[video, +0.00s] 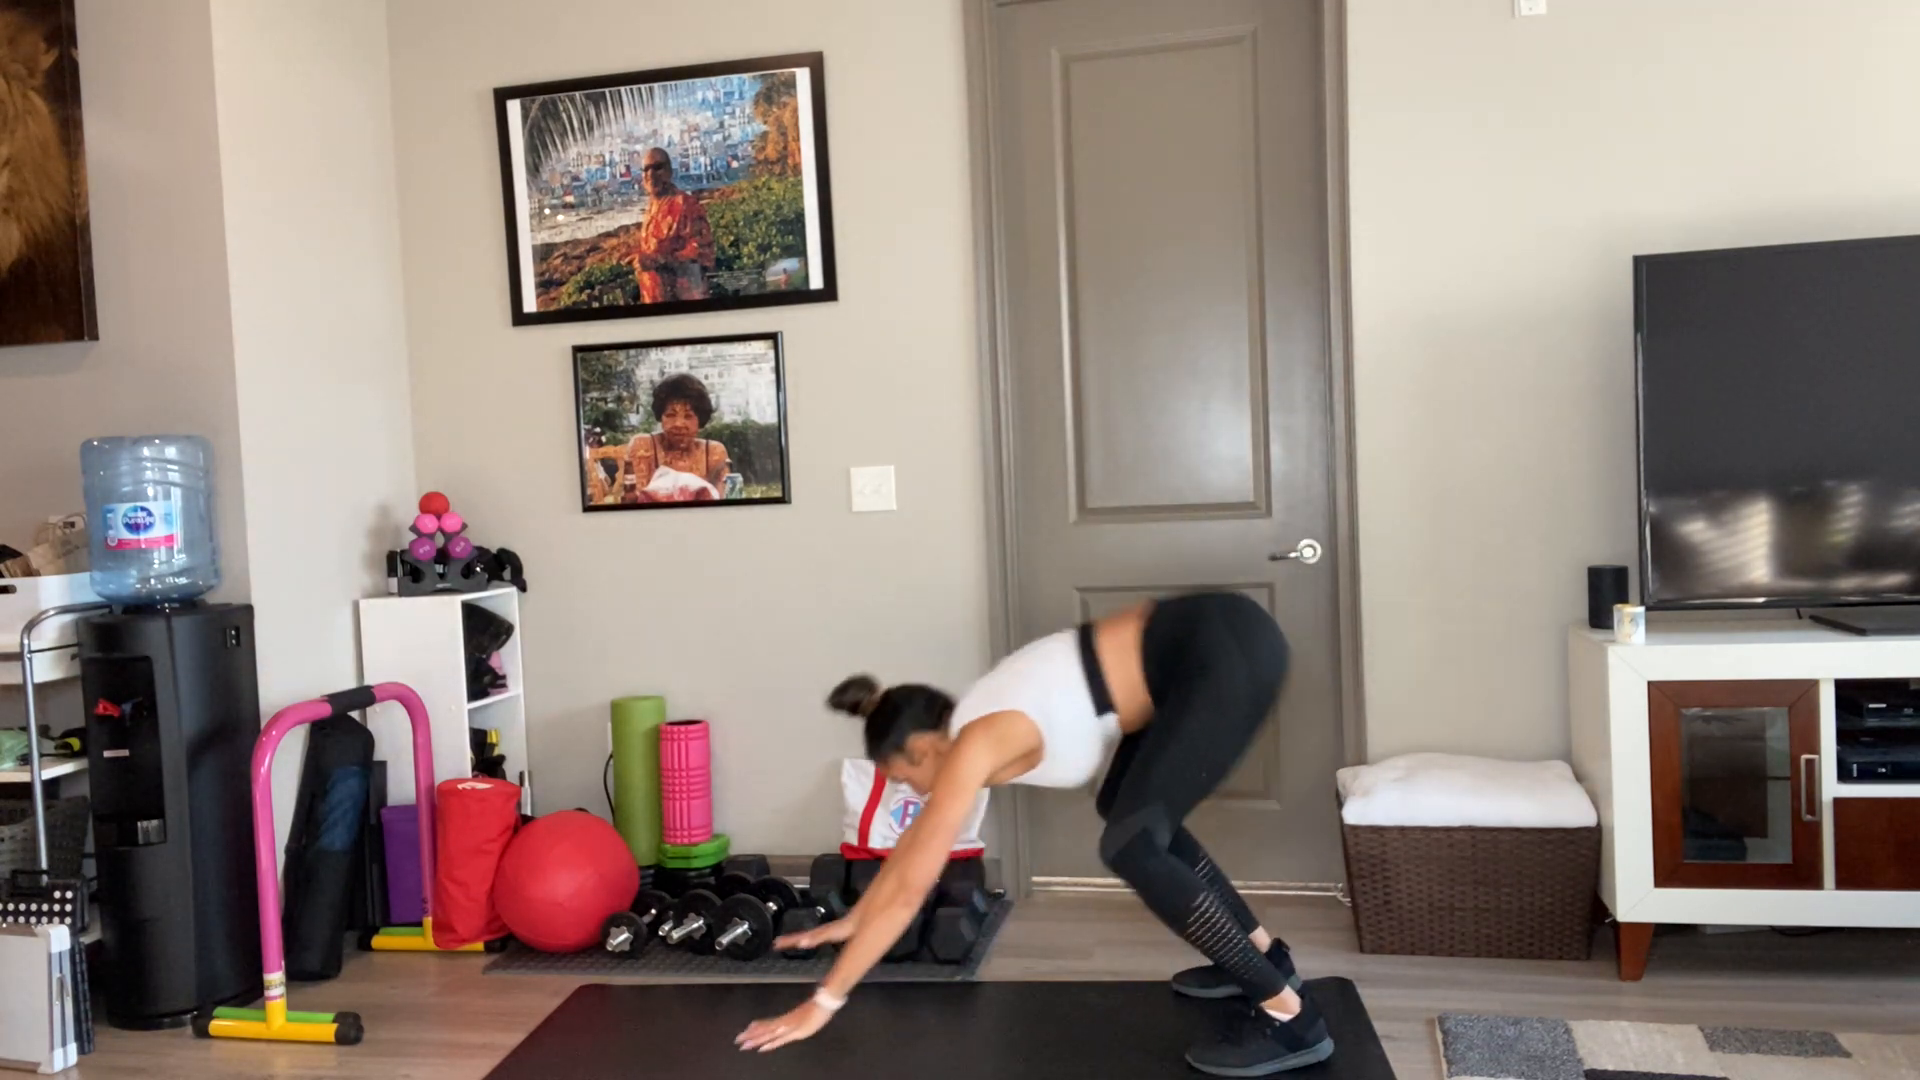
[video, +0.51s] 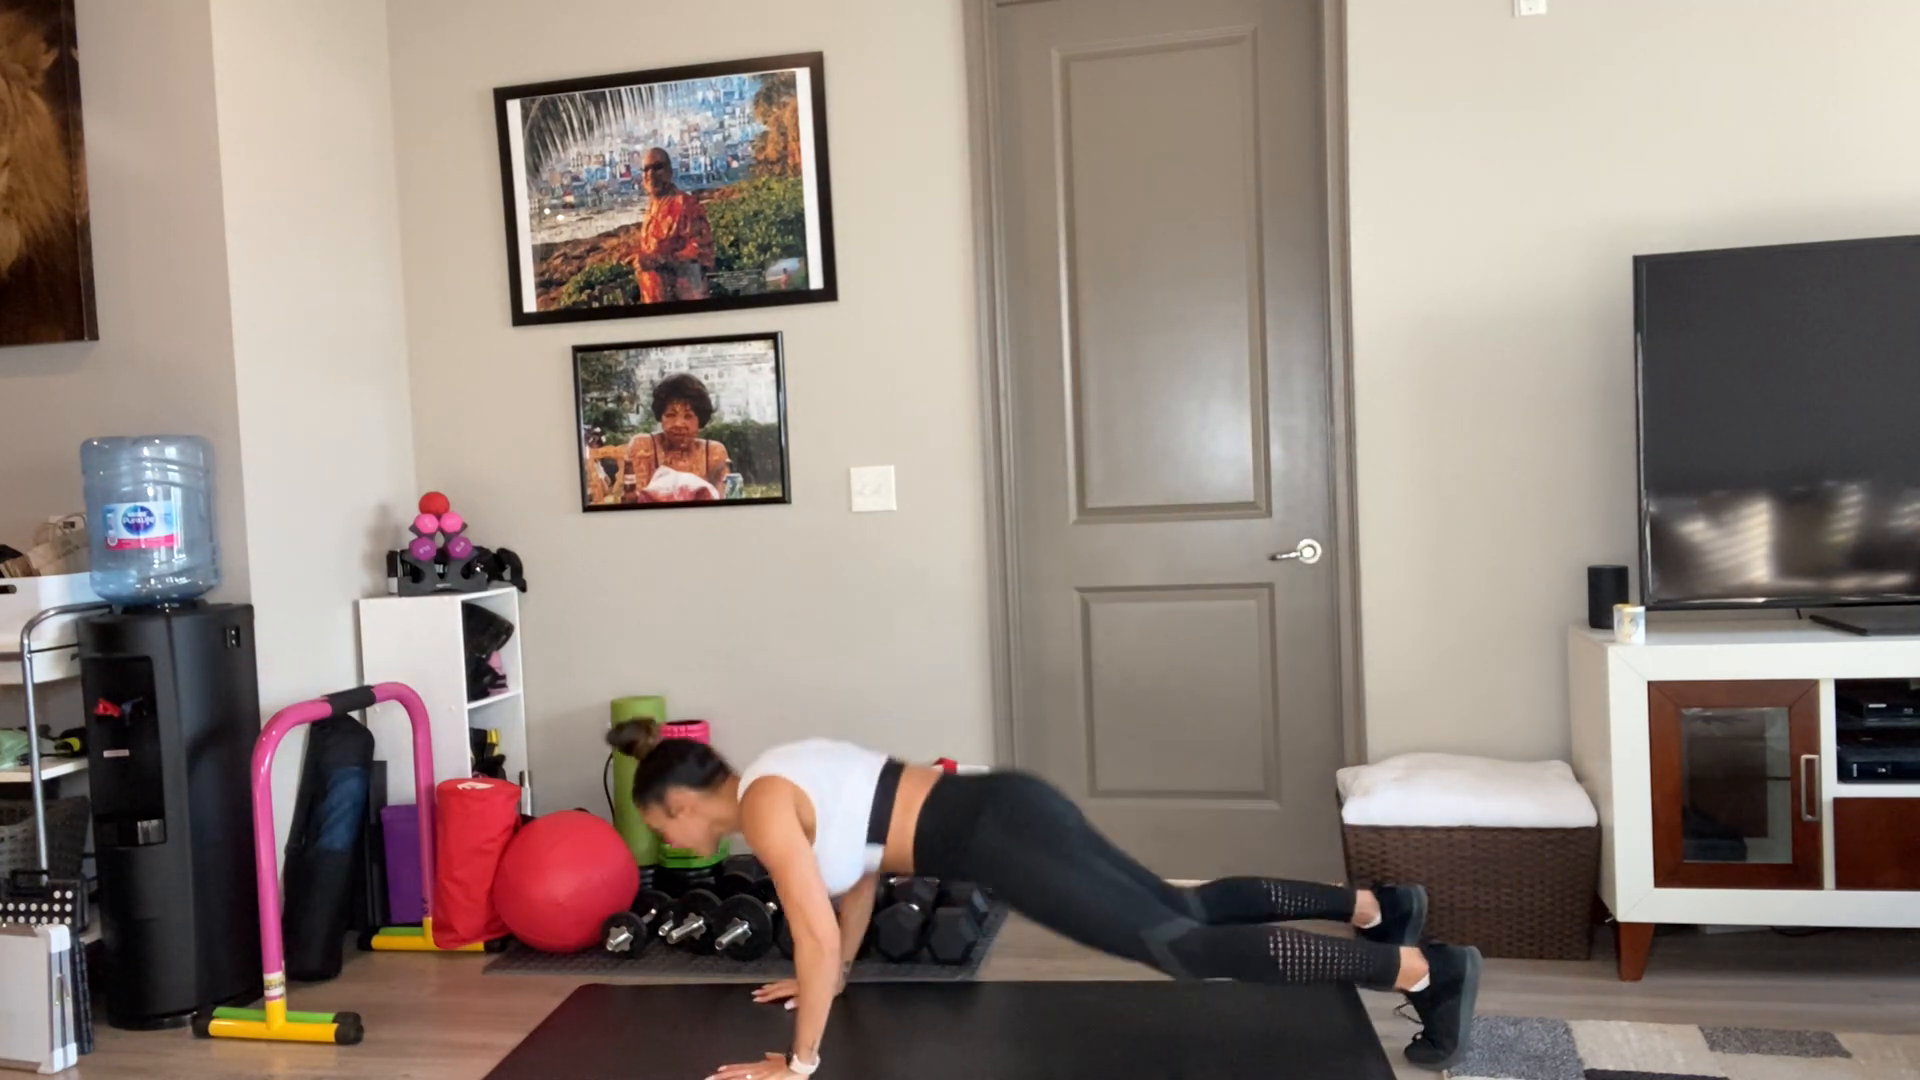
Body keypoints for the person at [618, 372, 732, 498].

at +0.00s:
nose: (679, 424)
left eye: (688, 416)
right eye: (670, 415)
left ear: (700, 420)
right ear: (660, 418)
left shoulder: (715, 451)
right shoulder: (641, 446)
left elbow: (719, 500)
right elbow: (638, 499)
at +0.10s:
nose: (679, 424)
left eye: (688, 416)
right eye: (670, 415)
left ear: (700, 420)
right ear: (660, 418)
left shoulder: (715, 451)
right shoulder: (641, 446)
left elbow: (719, 501)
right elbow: (637, 499)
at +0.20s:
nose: (679, 424)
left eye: (688, 416)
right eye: (670, 415)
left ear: (701, 420)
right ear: (660, 418)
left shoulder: (715, 451)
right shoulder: (641, 446)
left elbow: (720, 501)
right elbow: (636, 499)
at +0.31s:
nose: (679, 424)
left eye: (688, 416)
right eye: (671, 415)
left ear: (701, 420)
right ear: (660, 418)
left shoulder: (715, 451)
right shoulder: (641, 446)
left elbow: (719, 501)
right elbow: (637, 499)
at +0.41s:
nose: (679, 424)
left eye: (688, 416)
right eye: (670, 415)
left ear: (701, 420)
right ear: (660, 418)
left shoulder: (715, 451)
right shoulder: (641, 446)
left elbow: (719, 501)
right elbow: (637, 499)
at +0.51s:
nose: (679, 424)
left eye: (688, 416)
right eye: (671, 415)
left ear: (701, 420)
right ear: (660, 418)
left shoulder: (715, 451)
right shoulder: (642, 446)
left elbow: (719, 501)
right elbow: (638, 499)